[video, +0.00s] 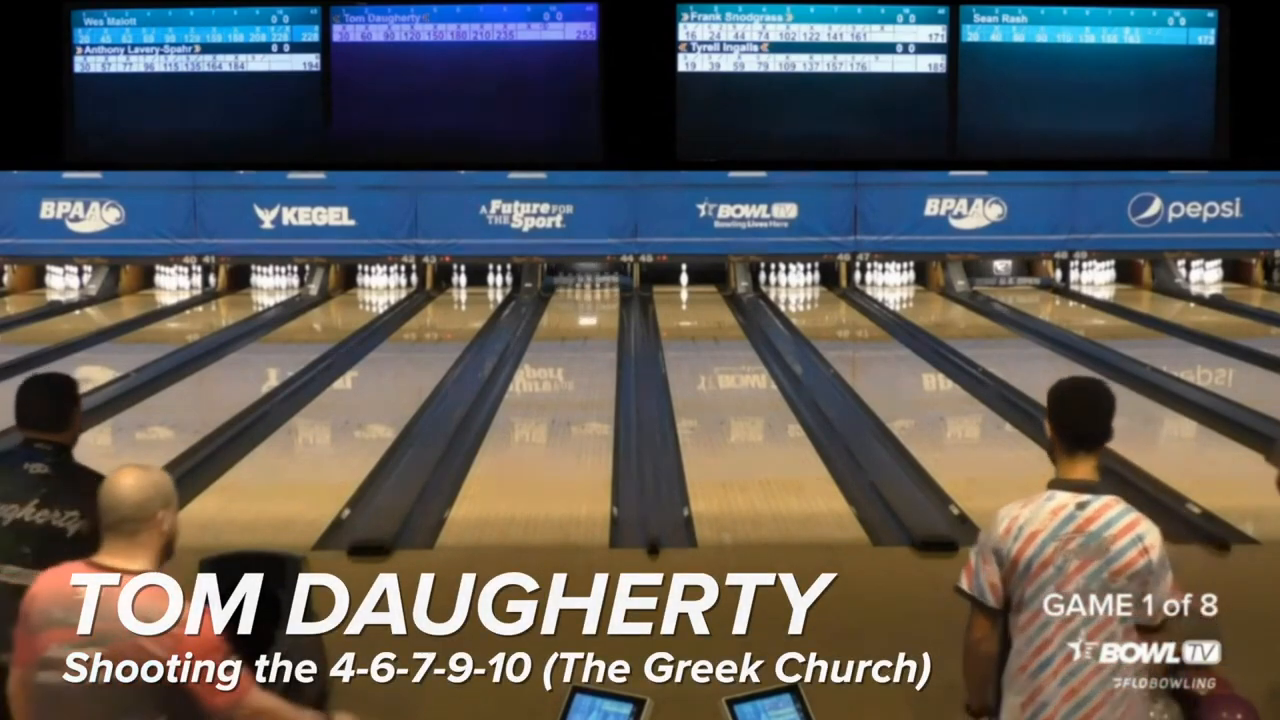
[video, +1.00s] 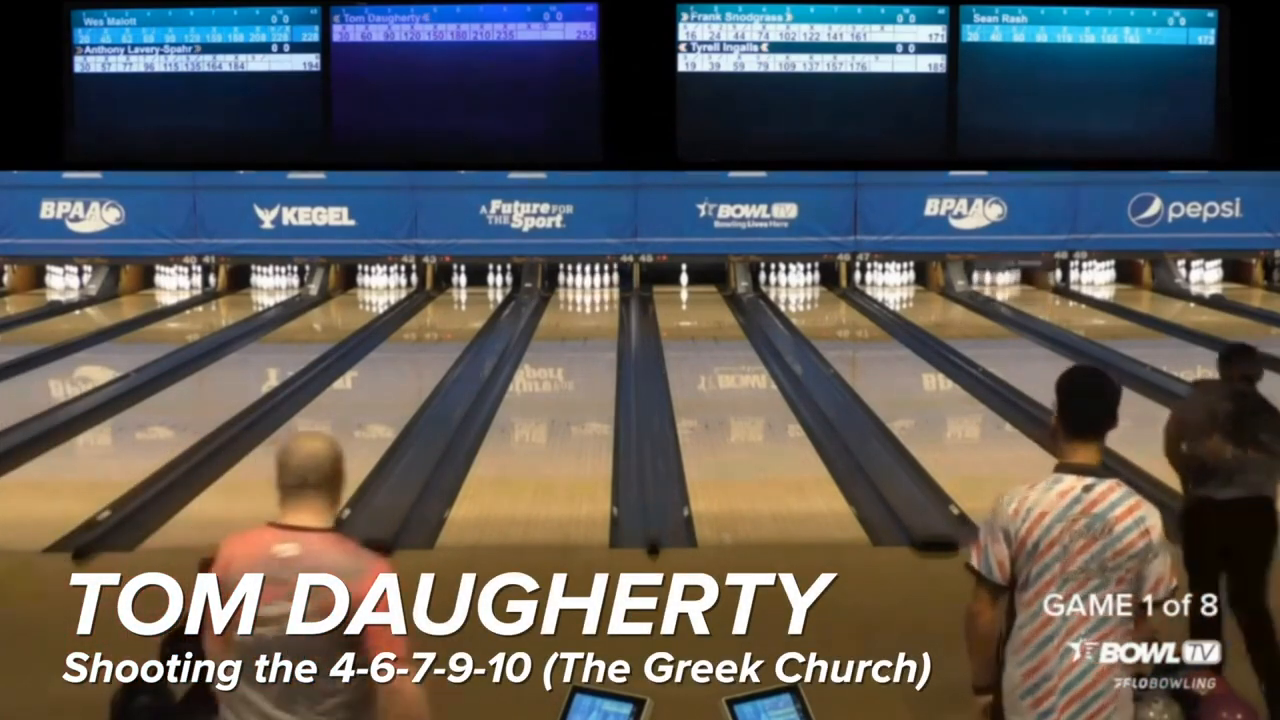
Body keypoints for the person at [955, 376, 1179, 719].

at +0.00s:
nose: (1049, 433)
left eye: (1048, 425)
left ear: (1049, 431)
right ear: (1108, 435)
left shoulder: (1011, 523)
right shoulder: (1141, 532)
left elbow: (982, 633)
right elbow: (1152, 621)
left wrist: (978, 706)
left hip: (1029, 706)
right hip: (1117, 708)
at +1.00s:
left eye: (1055, 415)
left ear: (1056, 420)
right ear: (1114, 424)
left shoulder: (1019, 507)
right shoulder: (1142, 515)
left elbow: (985, 608)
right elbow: (1151, 617)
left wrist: (985, 690)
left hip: (1029, 691)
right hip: (1107, 694)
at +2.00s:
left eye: (1061, 405)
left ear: (1063, 413)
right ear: (1122, 419)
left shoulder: (1024, 497)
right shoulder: (1149, 508)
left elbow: (987, 600)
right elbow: (1160, 607)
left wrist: (990, 662)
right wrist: (1141, 650)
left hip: (1033, 686)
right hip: (1112, 692)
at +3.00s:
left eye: (1058, 408)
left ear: (1060, 414)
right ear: (1116, 419)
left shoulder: (1021, 498)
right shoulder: (1146, 511)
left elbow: (982, 601)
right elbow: (1154, 612)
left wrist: (985, 665)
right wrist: (1139, 669)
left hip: (1028, 684)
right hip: (1106, 692)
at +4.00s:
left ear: (1067, 414)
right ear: (1123, 422)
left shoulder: (1028, 498)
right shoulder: (1150, 514)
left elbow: (989, 600)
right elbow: (1151, 614)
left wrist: (987, 668)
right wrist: (1139, 676)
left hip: (1030, 686)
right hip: (1107, 695)